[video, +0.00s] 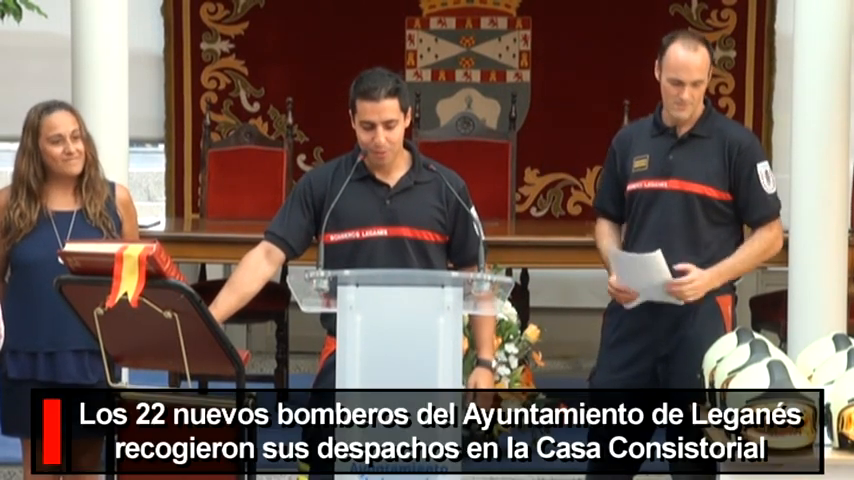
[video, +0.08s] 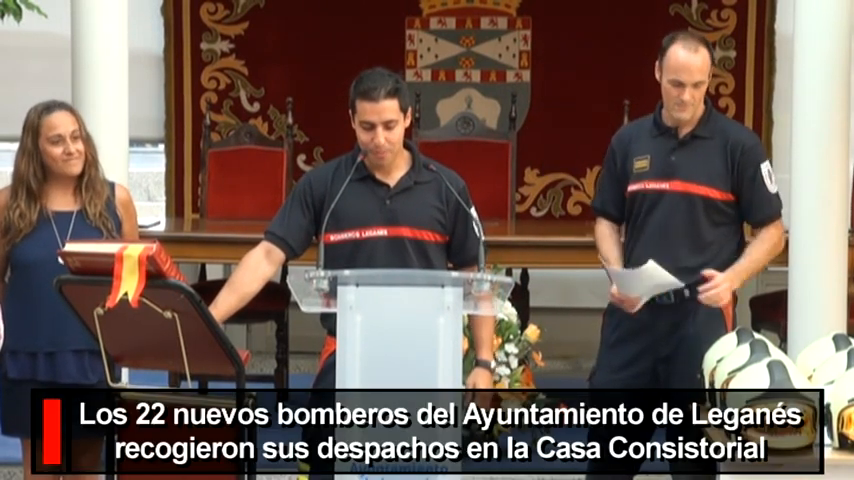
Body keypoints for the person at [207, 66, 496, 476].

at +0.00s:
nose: (379, 139)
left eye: (389, 125)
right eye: (368, 126)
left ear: (408, 119)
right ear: (352, 123)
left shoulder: (447, 188)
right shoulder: (322, 185)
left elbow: (477, 281)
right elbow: (267, 255)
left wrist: (485, 363)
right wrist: (207, 322)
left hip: (428, 353)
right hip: (348, 352)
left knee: (429, 468)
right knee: (330, 464)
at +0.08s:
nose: (378, 139)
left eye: (389, 126)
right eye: (367, 127)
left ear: (408, 119)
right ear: (352, 122)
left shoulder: (447, 188)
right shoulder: (323, 184)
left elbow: (475, 281)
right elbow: (267, 255)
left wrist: (484, 363)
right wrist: (207, 322)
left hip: (428, 352)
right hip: (348, 351)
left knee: (429, 468)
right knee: (331, 464)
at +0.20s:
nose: (378, 139)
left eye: (389, 126)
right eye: (367, 127)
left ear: (408, 119)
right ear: (352, 122)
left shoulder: (447, 188)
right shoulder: (323, 184)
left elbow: (475, 281)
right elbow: (267, 255)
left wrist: (483, 363)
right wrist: (207, 322)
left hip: (428, 352)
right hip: (348, 351)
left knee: (429, 469)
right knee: (330, 465)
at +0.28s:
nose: (378, 139)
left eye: (389, 126)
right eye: (367, 127)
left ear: (408, 119)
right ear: (352, 122)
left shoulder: (447, 188)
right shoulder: (323, 184)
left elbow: (476, 281)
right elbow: (267, 255)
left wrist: (482, 363)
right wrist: (208, 322)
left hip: (428, 352)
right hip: (348, 351)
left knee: (429, 468)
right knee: (331, 464)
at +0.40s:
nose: (378, 139)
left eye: (388, 126)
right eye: (367, 127)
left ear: (408, 119)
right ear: (352, 122)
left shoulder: (447, 188)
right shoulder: (323, 184)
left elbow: (476, 281)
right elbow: (267, 255)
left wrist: (484, 364)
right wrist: (208, 322)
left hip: (428, 352)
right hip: (348, 351)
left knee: (429, 469)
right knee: (331, 465)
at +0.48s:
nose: (378, 139)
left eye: (389, 126)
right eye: (367, 127)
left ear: (408, 119)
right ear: (352, 123)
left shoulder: (447, 188)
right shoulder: (323, 184)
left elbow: (476, 281)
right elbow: (267, 255)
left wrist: (485, 364)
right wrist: (208, 322)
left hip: (428, 352)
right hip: (348, 350)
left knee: (430, 469)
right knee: (330, 464)